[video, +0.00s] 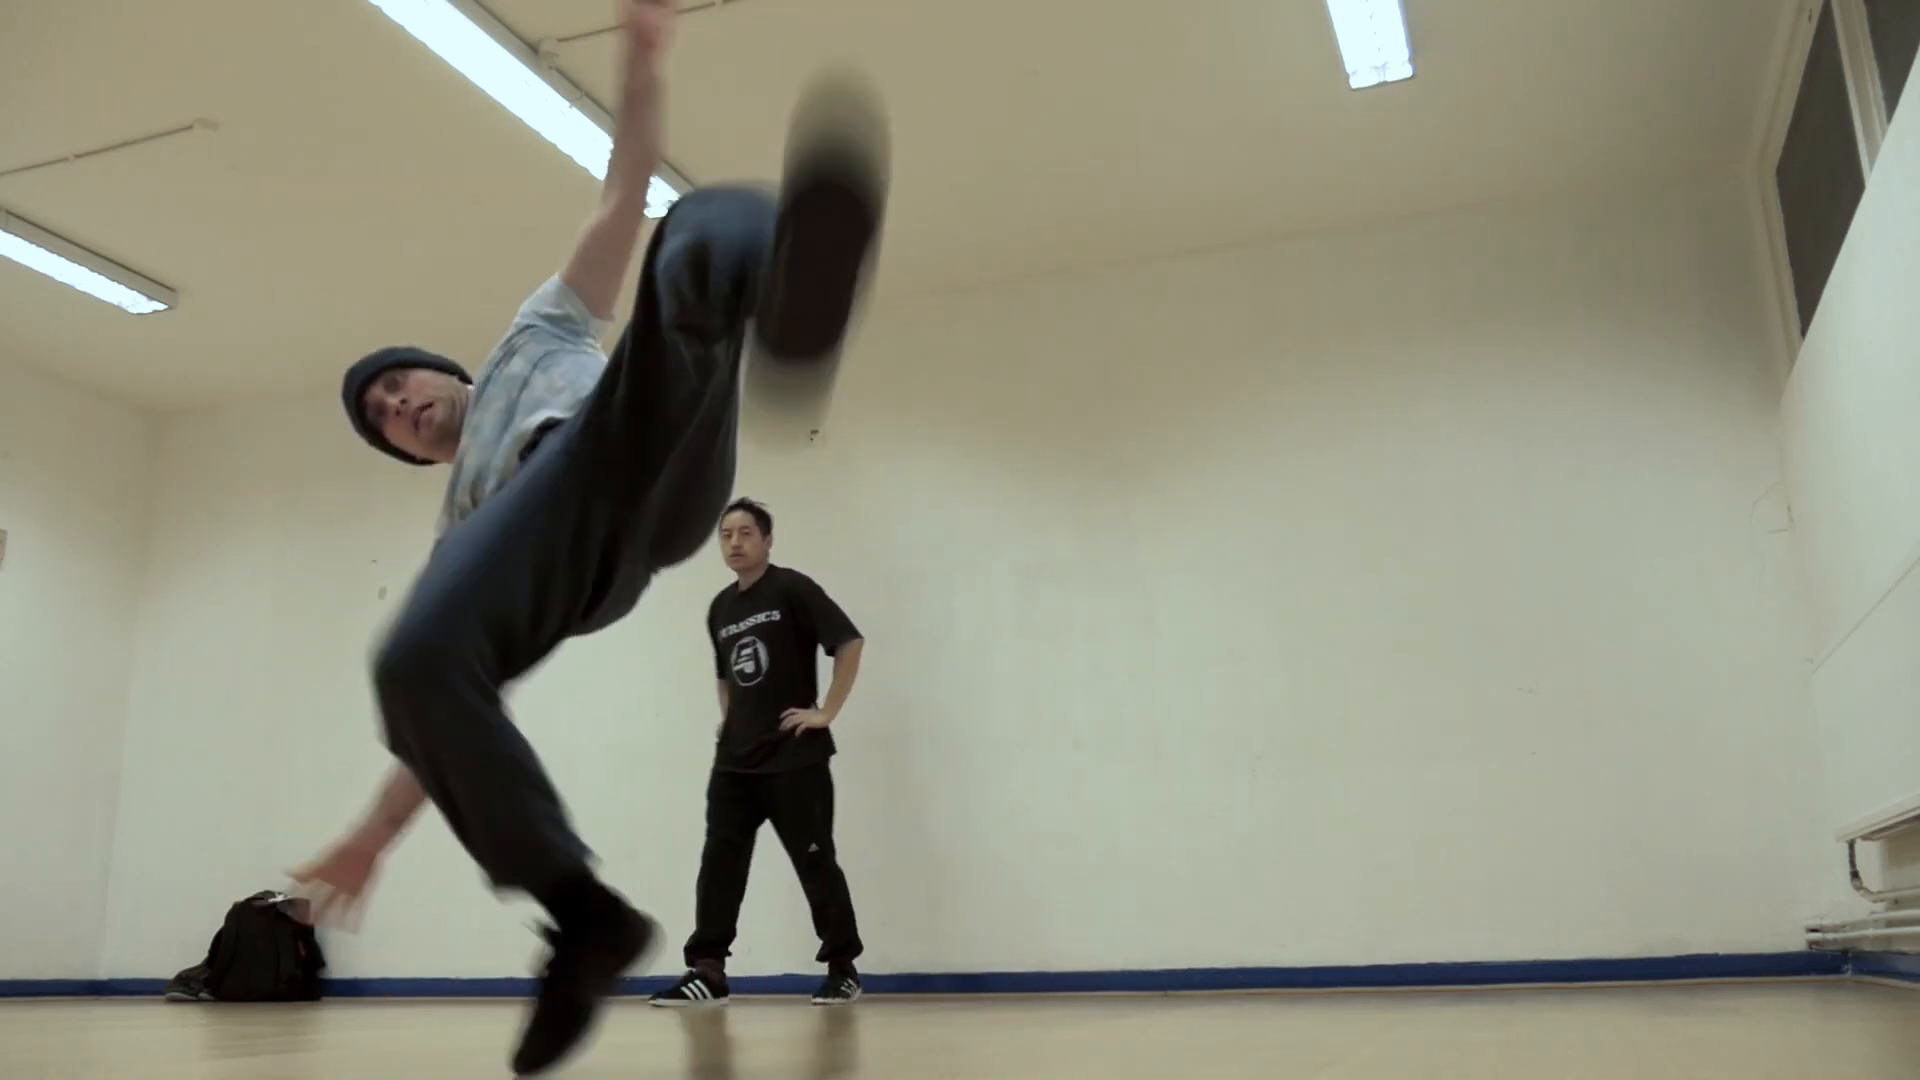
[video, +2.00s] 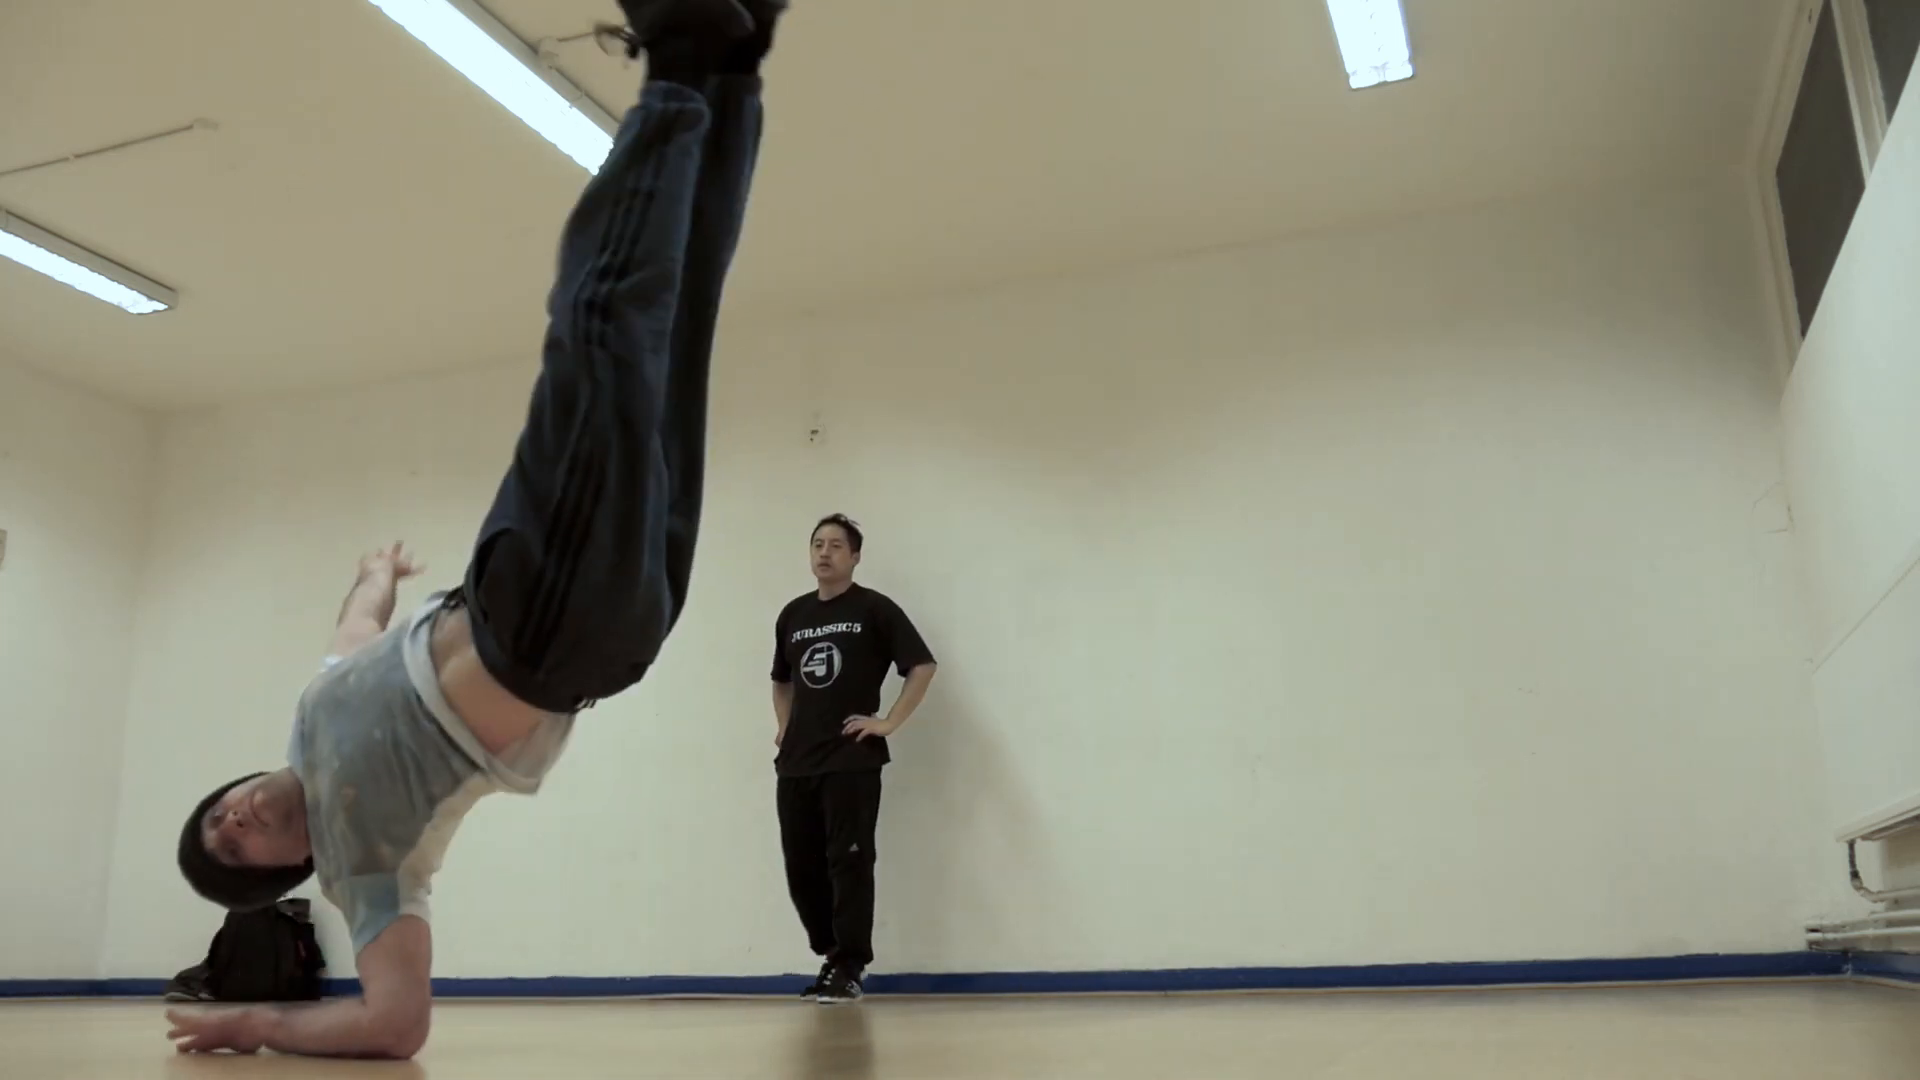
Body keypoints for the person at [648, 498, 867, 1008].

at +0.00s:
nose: (735, 542)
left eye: (745, 533)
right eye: (728, 534)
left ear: (767, 540)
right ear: (719, 544)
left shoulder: (793, 588)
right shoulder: (720, 609)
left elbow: (849, 643)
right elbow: (725, 676)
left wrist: (827, 712)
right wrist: (729, 724)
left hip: (794, 753)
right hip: (737, 755)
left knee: (814, 859)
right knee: (721, 860)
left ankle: (841, 969)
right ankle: (708, 973)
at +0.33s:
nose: (679, 537)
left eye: (689, 528)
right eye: (671, 530)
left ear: (710, 536)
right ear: (662, 542)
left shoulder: (747, 582)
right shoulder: (662, 608)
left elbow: (807, 634)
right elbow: (662, 675)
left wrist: (792, 704)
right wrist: (679, 728)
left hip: (754, 743)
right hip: (698, 749)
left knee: (756, 849)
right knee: (699, 849)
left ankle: (781, 950)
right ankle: (706, 969)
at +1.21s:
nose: (741, 545)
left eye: (751, 536)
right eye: (733, 538)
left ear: (770, 545)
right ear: (724, 549)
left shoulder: (806, 596)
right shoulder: (712, 613)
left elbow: (862, 650)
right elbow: (697, 672)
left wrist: (842, 722)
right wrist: (718, 730)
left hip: (804, 747)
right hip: (741, 752)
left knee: (821, 850)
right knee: (735, 854)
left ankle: (842, 962)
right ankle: (723, 973)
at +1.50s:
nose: (794, 550)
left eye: (805, 541)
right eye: (786, 541)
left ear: (825, 550)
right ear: (776, 551)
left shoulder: (857, 604)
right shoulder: (763, 609)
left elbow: (887, 685)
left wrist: (866, 754)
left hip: (836, 757)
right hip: (774, 757)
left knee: (843, 853)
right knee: (750, 853)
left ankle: (844, 966)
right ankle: (726, 959)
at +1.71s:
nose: (818, 548)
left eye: (829, 541)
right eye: (811, 541)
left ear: (847, 552)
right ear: (802, 551)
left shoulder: (875, 606)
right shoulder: (782, 610)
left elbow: (922, 663)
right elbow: (765, 672)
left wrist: (892, 722)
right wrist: (771, 724)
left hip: (850, 756)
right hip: (790, 757)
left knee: (850, 862)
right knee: (765, 856)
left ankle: (846, 973)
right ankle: (780, 967)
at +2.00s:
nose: (824, 552)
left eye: (835, 546)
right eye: (818, 545)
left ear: (855, 555)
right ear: (810, 554)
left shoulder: (877, 609)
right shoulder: (792, 616)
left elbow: (923, 667)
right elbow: (783, 678)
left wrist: (890, 722)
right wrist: (784, 724)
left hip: (852, 755)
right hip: (798, 757)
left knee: (849, 858)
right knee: (803, 864)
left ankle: (850, 968)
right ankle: (834, 962)